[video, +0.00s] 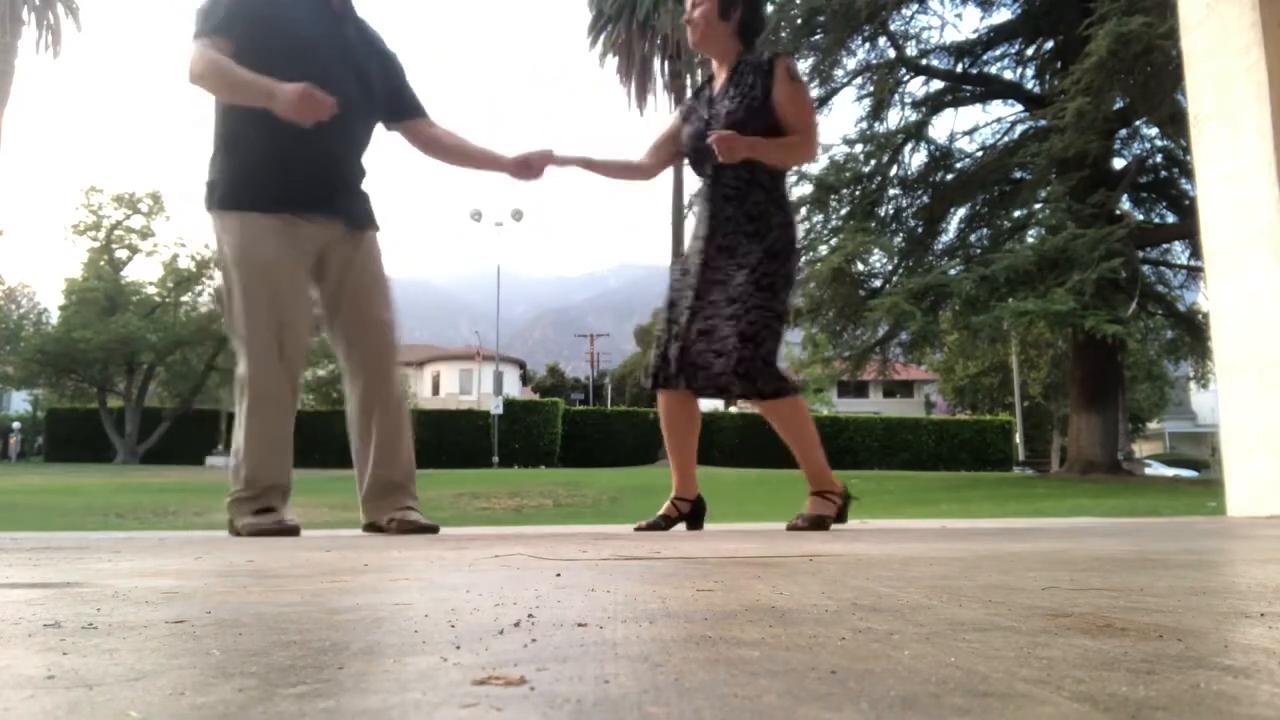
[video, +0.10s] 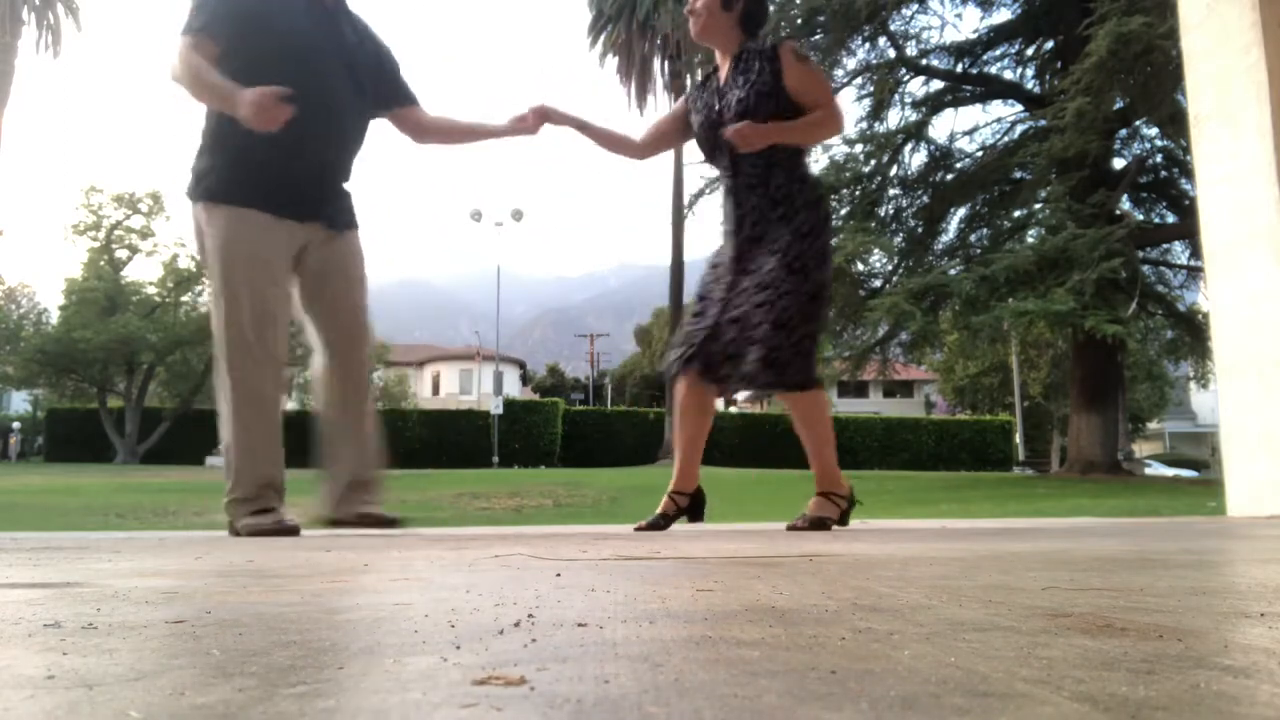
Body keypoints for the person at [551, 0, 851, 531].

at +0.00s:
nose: (686, 14)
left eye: (697, 5)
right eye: (687, 6)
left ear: (730, 14)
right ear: (703, 22)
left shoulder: (773, 70)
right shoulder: (701, 99)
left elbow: (805, 147)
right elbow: (647, 166)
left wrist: (749, 145)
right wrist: (570, 159)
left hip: (762, 237)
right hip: (711, 240)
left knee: (750, 363)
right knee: (674, 362)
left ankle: (827, 490)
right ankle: (684, 497)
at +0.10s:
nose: (688, 10)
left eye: (699, 1)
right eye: (689, 3)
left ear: (734, 7)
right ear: (707, 15)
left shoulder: (779, 58)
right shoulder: (703, 96)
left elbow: (832, 121)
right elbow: (640, 146)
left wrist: (769, 133)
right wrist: (563, 117)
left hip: (795, 228)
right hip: (744, 237)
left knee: (783, 352)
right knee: (696, 357)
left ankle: (833, 490)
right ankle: (684, 489)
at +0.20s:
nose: (692, 8)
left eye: (703, 1)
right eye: (693, 2)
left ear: (738, 8)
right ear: (706, 15)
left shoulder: (783, 55)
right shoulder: (705, 96)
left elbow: (847, 111)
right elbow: (644, 145)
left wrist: (791, 127)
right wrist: (570, 115)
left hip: (820, 220)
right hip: (765, 233)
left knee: (821, 351)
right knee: (718, 352)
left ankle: (841, 490)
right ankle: (704, 486)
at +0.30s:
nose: (697, 13)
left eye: (709, 4)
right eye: (698, 6)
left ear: (741, 13)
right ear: (713, 22)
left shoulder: (790, 69)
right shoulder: (708, 106)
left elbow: (845, 129)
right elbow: (658, 165)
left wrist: (802, 147)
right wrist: (588, 143)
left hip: (830, 224)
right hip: (776, 241)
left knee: (826, 343)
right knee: (735, 355)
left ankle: (846, 492)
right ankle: (747, 488)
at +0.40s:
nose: (699, 24)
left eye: (709, 13)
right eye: (699, 16)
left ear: (743, 19)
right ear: (727, 25)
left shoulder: (796, 77)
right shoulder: (710, 109)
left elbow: (844, 144)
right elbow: (660, 167)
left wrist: (810, 155)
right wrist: (594, 137)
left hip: (822, 232)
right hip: (769, 246)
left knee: (803, 344)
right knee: (740, 365)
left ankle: (844, 493)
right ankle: (767, 494)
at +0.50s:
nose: (698, 13)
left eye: (709, 4)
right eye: (699, 5)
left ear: (742, 12)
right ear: (719, 17)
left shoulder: (794, 69)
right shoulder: (712, 98)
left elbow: (844, 134)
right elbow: (657, 152)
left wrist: (814, 136)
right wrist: (589, 115)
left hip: (806, 225)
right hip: (753, 238)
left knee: (771, 335)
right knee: (733, 363)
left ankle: (821, 479)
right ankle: (765, 495)